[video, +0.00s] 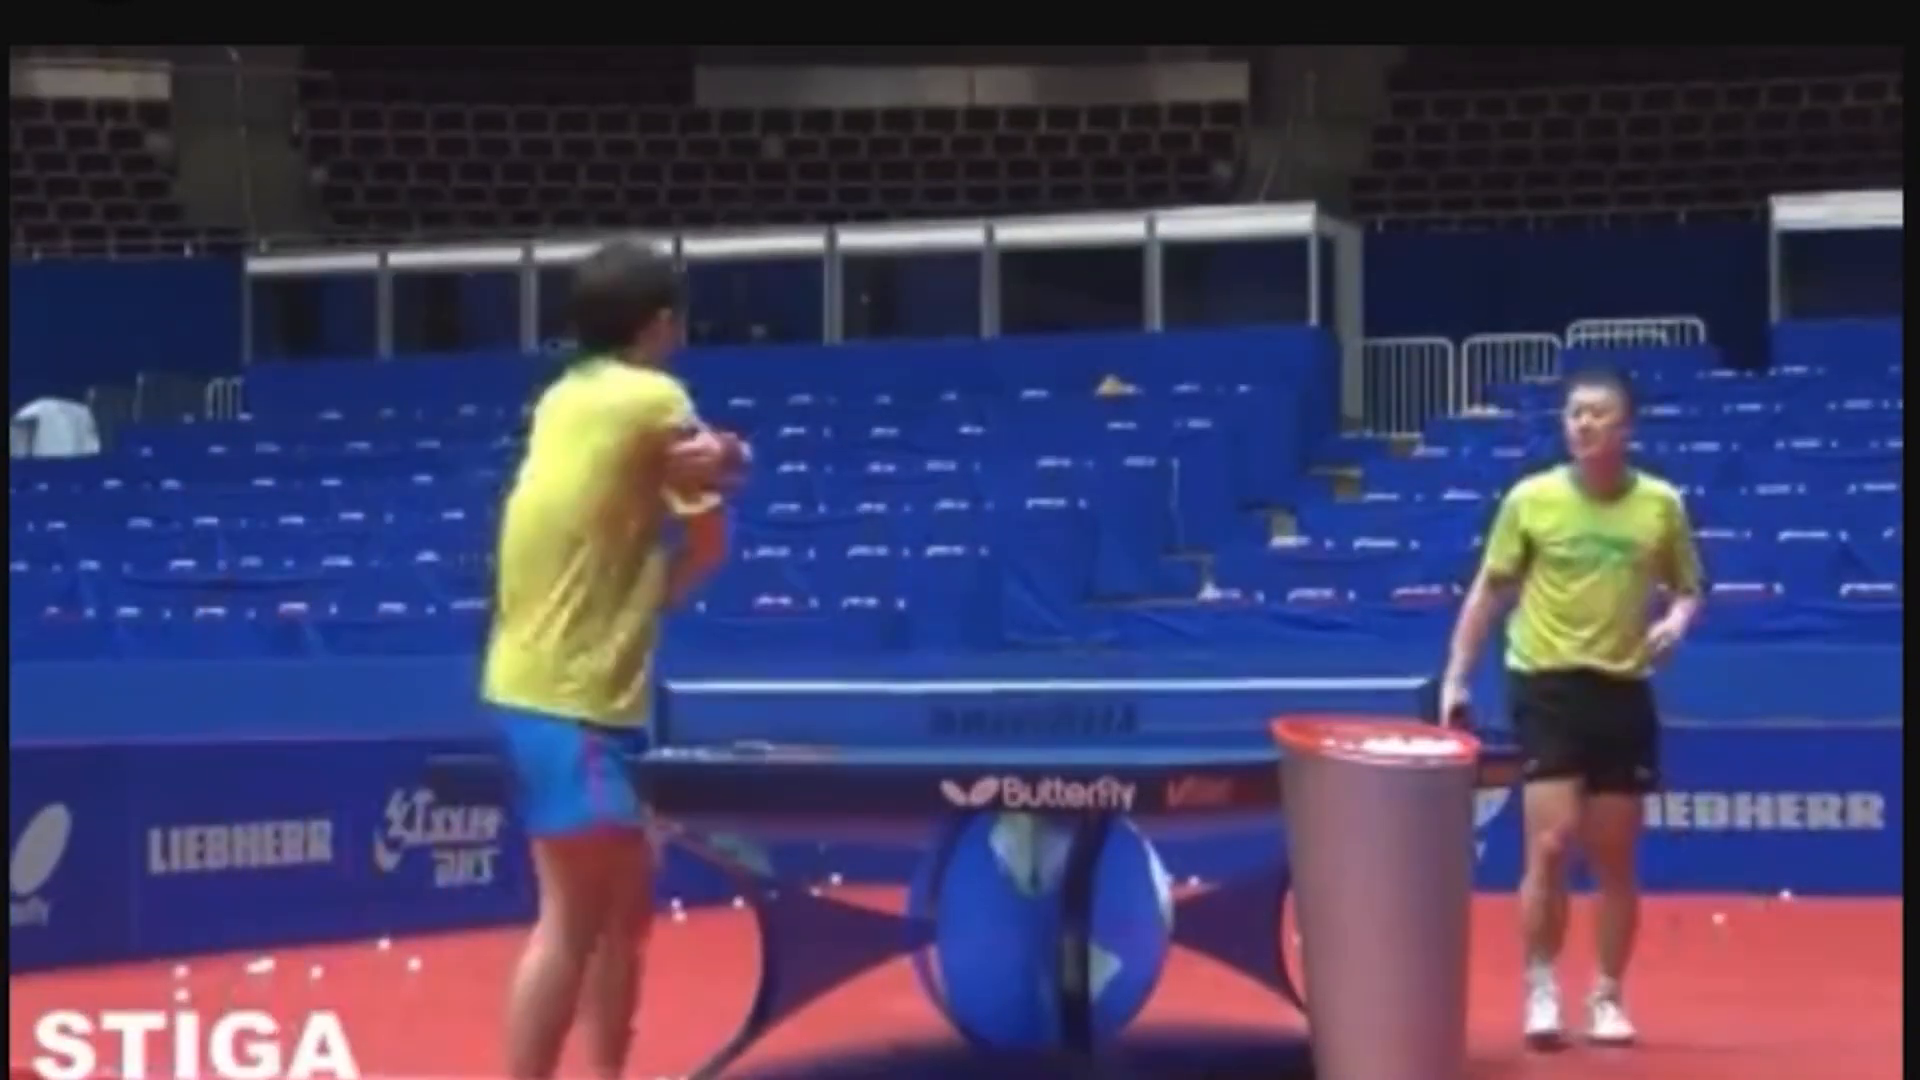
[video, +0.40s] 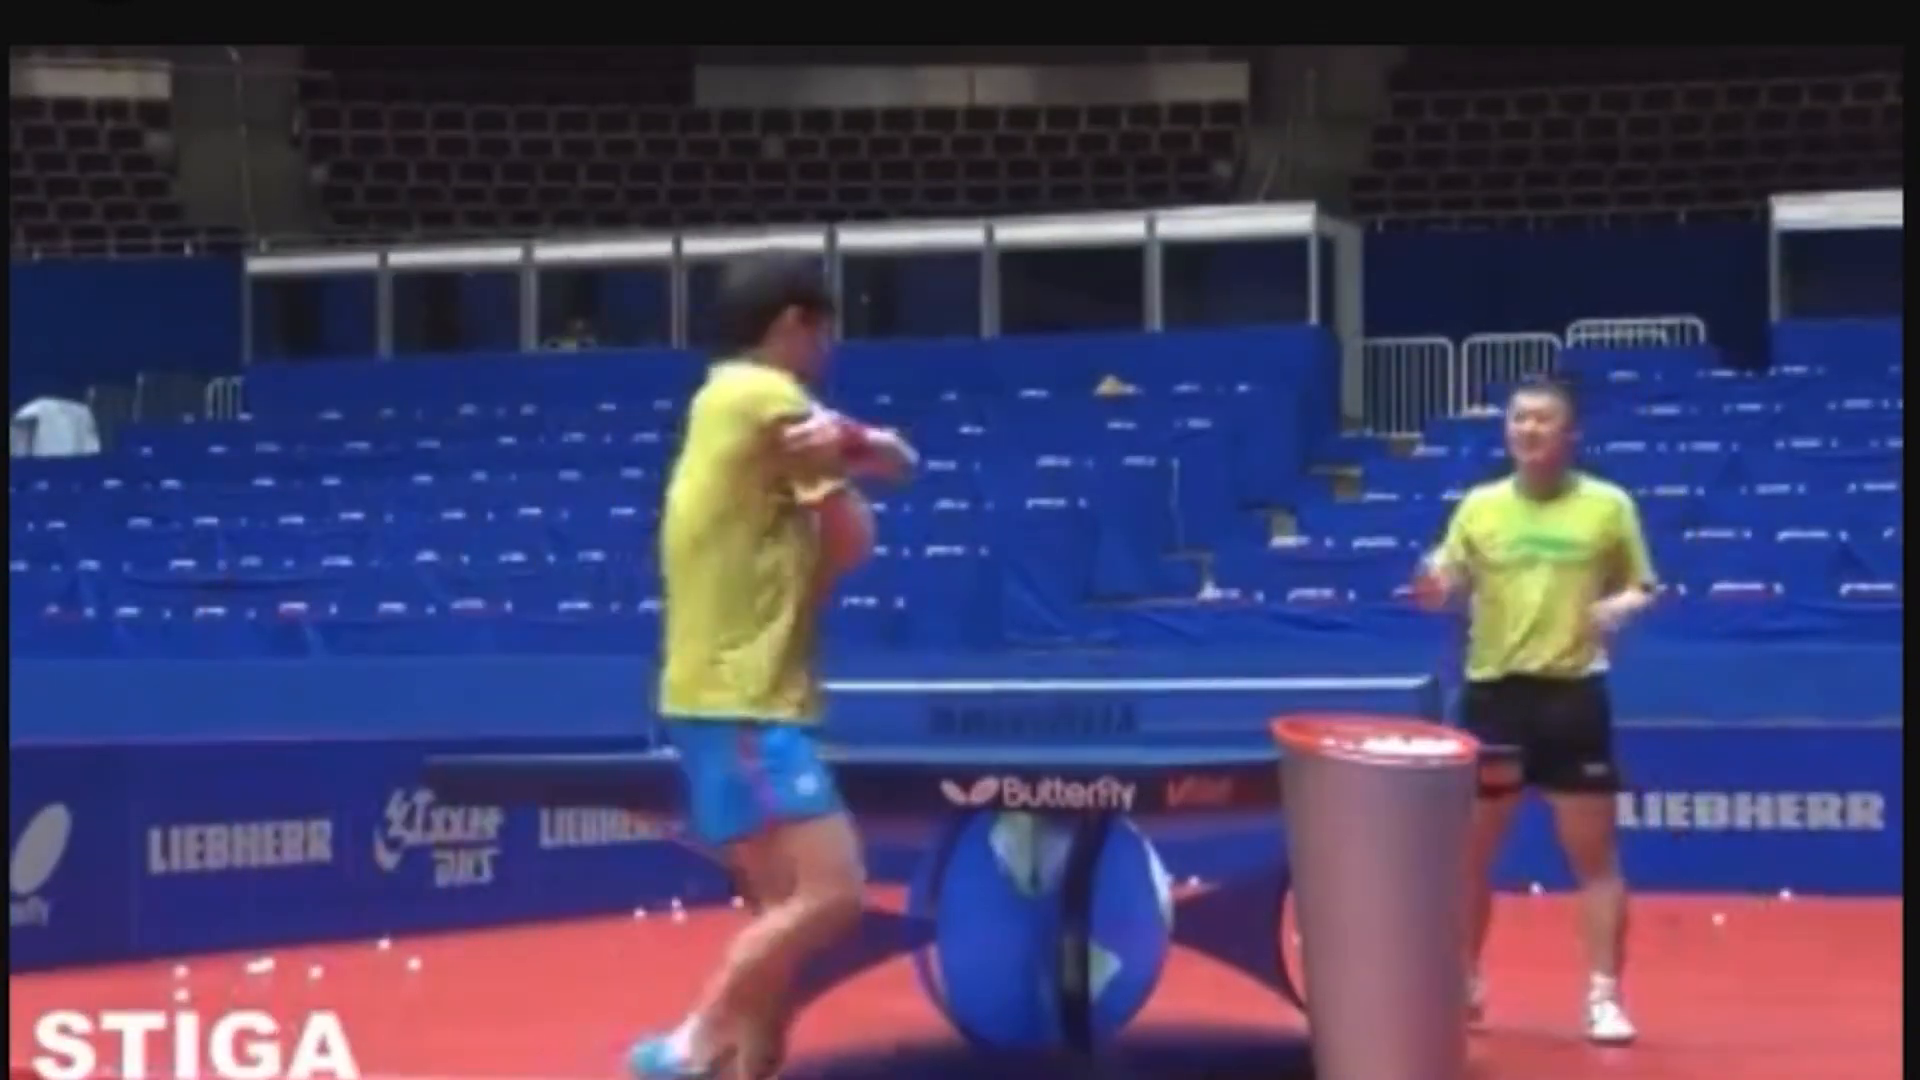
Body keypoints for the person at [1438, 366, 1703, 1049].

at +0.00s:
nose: (1584, 425)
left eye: (1598, 413)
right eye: (1576, 413)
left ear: (1626, 424)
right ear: (1564, 424)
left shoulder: (1660, 505)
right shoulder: (1529, 499)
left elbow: (1689, 587)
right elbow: (1489, 589)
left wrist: (1674, 623)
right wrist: (1455, 675)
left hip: (1623, 678)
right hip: (1547, 676)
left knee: (1615, 850)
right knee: (1551, 843)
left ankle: (1608, 993)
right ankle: (1541, 987)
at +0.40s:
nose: (1528, 431)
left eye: (1542, 419)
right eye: (1519, 418)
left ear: (1570, 432)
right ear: (1506, 429)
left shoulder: (1608, 507)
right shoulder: (1479, 507)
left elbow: (1642, 587)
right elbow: (1450, 577)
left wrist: (1616, 606)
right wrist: (1435, 584)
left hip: (1573, 686)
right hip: (1493, 685)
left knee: (1593, 852)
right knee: (1473, 845)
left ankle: (1604, 992)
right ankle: (1464, 979)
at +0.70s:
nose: (1459, 433)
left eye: (1472, 421)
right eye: (1450, 420)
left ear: (1499, 430)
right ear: (1439, 430)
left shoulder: (1535, 501)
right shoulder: (1424, 508)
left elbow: (1578, 579)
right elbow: (1398, 597)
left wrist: (1522, 604)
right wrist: (1361, 548)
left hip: (1516, 677)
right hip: (1450, 677)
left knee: (1529, 839)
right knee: (1453, 844)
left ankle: (1556, 984)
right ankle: (1459, 983)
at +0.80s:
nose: (1443, 432)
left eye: (1455, 421)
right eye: (1434, 422)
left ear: (1482, 430)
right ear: (1422, 433)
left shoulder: (1520, 496)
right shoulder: (1416, 508)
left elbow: (1565, 571)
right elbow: (1374, 572)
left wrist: (1500, 601)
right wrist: (1366, 612)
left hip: (1508, 673)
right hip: (1445, 673)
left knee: (1502, 834)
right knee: (1446, 836)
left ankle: (1520, 981)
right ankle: (1453, 980)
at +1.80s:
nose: (1481, 435)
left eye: (1494, 423)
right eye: (1473, 424)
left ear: (1520, 434)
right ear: (1460, 435)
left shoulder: (1560, 503)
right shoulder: (1440, 509)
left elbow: (1576, 591)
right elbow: (1418, 587)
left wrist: (1506, 601)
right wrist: (1443, 602)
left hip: (1538, 680)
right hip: (1462, 680)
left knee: (1562, 843)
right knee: (1458, 846)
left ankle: (1586, 984)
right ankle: (1458, 985)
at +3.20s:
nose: (1401, 443)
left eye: (1410, 429)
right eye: (1391, 431)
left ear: (1434, 430)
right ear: (1378, 439)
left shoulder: (1477, 486)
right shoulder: (1370, 495)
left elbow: (1498, 565)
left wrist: (1429, 533)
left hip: (1476, 670)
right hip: (1394, 677)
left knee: (1515, 835)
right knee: (1386, 841)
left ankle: (1559, 977)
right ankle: (1384, 990)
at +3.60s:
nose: (1340, 452)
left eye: (1349, 437)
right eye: (1331, 440)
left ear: (1378, 434)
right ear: (1325, 447)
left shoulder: (1437, 476)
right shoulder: (1339, 509)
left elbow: (1458, 562)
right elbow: (1334, 609)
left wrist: (1389, 524)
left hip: (1471, 664)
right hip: (1400, 675)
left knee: (1490, 830)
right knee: (1405, 834)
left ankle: (1490, 980)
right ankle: (1407, 984)